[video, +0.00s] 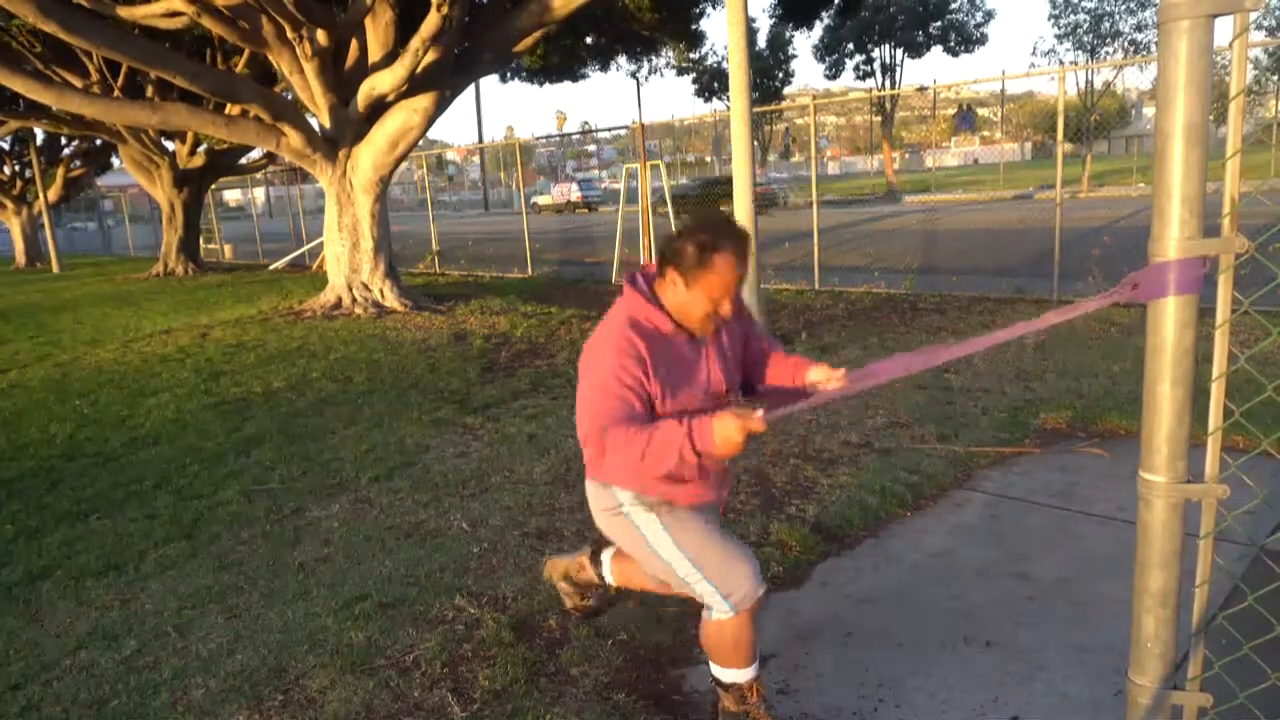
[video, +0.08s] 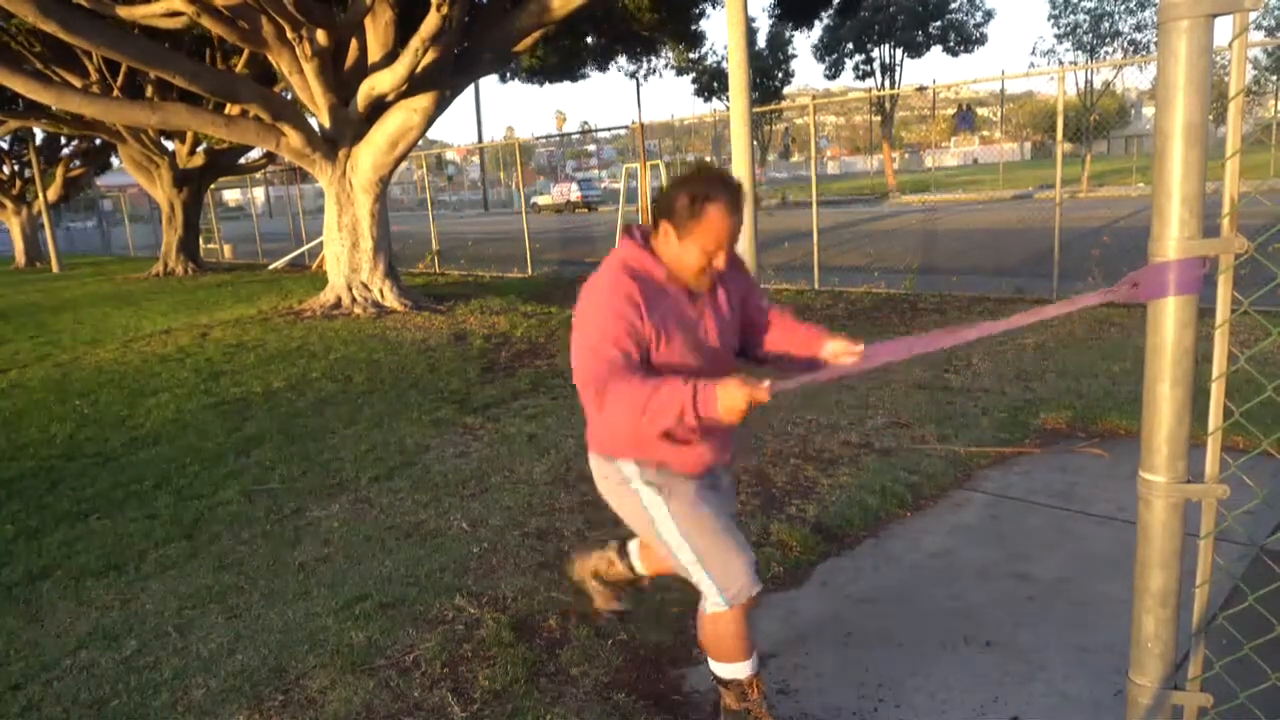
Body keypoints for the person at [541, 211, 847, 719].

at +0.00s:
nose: (728, 311)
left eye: (732, 298)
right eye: (716, 300)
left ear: (736, 284)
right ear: (671, 281)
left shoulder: (722, 314)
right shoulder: (619, 341)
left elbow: (757, 361)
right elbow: (610, 447)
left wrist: (807, 375)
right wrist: (703, 436)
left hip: (693, 482)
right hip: (630, 494)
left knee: (693, 575)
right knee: (735, 585)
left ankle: (586, 571)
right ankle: (739, 703)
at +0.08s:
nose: (720, 264)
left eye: (727, 250)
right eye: (709, 252)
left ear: (733, 237)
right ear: (666, 234)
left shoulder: (725, 276)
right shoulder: (612, 293)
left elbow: (760, 327)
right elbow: (612, 402)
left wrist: (820, 344)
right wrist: (705, 399)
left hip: (705, 451)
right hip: (636, 462)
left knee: (705, 551)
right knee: (731, 582)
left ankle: (605, 566)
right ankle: (741, 701)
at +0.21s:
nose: (726, 216)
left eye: (734, 201)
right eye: (716, 203)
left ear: (741, 189)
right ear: (674, 179)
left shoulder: (733, 225)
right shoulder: (616, 230)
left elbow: (773, 279)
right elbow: (624, 327)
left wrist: (836, 305)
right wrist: (726, 334)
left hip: (703, 407)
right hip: (627, 414)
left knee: (731, 519)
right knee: (677, 546)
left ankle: (715, 634)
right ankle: (703, 686)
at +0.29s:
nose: (733, 211)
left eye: (742, 197)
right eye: (724, 197)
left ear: (749, 185)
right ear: (684, 172)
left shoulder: (737, 218)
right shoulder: (625, 220)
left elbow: (776, 270)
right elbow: (639, 311)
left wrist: (845, 284)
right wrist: (751, 314)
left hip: (704, 401)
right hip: (624, 406)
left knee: (736, 531)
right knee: (670, 545)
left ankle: (756, 668)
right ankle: (641, 658)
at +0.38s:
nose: (743, 233)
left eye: (752, 220)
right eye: (732, 220)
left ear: (760, 206)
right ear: (691, 197)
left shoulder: (747, 247)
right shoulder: (634, 240)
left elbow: (797, 290)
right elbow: (653, 325)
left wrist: (861, 300)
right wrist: (764, 330)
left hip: (713, 434)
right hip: (636, 440)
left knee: (761, 555)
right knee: (654, 597)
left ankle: (776, 691)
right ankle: (588, 603)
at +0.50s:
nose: (772, 297)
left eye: (780, 283)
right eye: (760, 284)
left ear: (788, 269)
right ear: (719, 262)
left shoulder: (771, 305)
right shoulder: (655, 302)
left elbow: (804, 355)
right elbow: (660, 403)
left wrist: (863, 368)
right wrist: (761, 410)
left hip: (725, 476)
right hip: (643, 483)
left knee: (785, 566)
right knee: (639, 637)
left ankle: (779, 699)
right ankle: (571, 608)